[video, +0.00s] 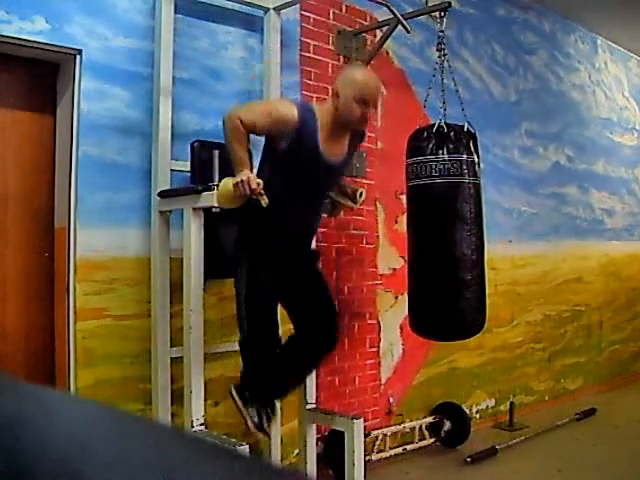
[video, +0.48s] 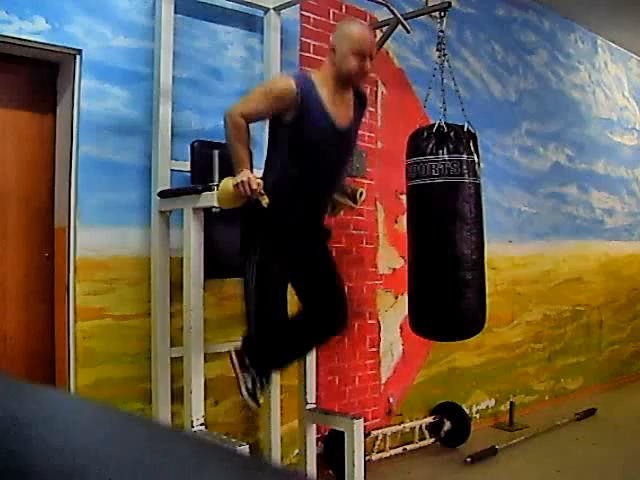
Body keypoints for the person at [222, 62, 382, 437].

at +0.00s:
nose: (368, 116)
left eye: (373, 107)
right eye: (363, 105)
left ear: (372, 106)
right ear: (337, 96)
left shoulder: (351, 138)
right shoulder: (293, 117)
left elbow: (312, 172)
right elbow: (236, 119)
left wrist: (336, 190)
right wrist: (243, 171)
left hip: (297, 248)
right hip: (259, 243)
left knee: (322, 329)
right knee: (260, 337)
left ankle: (257, 391)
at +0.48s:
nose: (367, 68)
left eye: (371, 58)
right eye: (360, 57)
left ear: (372, 58)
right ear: (334, 53)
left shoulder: (357, 99)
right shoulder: (293, 89)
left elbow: (324, 150)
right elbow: (236, 116)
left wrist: (340, 184)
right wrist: (243, 170)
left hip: (308, 223)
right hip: (269, 220)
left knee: (331, 314)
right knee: (267, 323)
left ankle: (256, 358)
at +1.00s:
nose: (371, 108)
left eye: (376, 100)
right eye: (365, 97)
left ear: (377, 99)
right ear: (339, 90)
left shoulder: (355, 129)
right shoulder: (293, 114)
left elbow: (320, 162)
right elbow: (235, 118)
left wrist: (340, 183)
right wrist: (244, 172)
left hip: (297, 244)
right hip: (260, 237)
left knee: (316, 327)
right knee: (253, 325)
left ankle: (243, 375)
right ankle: (243, 377)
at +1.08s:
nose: (370, 129)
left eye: (375, 121)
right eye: (363, 118)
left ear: (377, 120)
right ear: (338, 111)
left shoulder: (352, 150)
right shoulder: (295, 129)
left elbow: (311, 178)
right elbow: (237, 119)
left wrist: (335, 191)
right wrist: (244, 172)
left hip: (293, 259)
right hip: (255, 254)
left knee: (315, 340)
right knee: (254, 348)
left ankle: (242, 390)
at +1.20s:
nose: (372, 145)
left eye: (376, 137)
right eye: (365, 135)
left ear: (376, 136)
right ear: (338, 127)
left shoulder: (352, 161)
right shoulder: (293, 139)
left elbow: (317, 186)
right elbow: (240, 120)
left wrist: (340, 194)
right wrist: (243, 172)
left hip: (293, 268)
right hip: (253, 264)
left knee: (315, 350)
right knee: (254, 355)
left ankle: (243, 402)